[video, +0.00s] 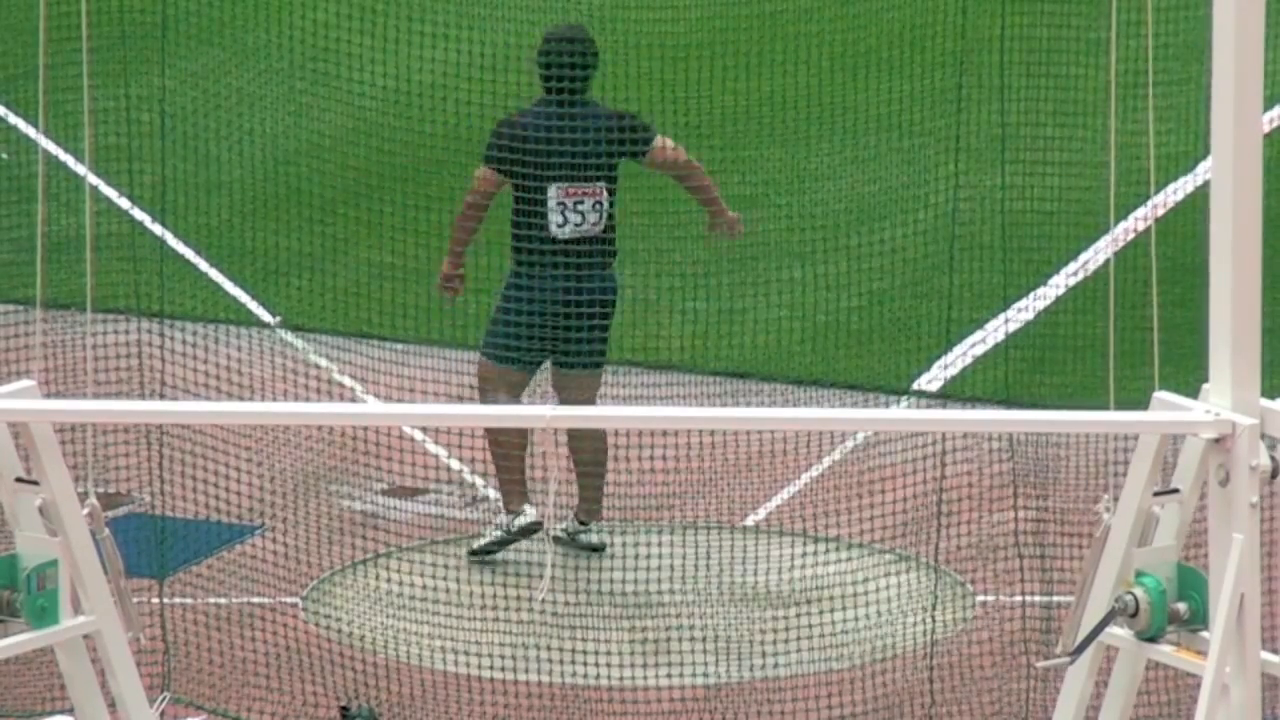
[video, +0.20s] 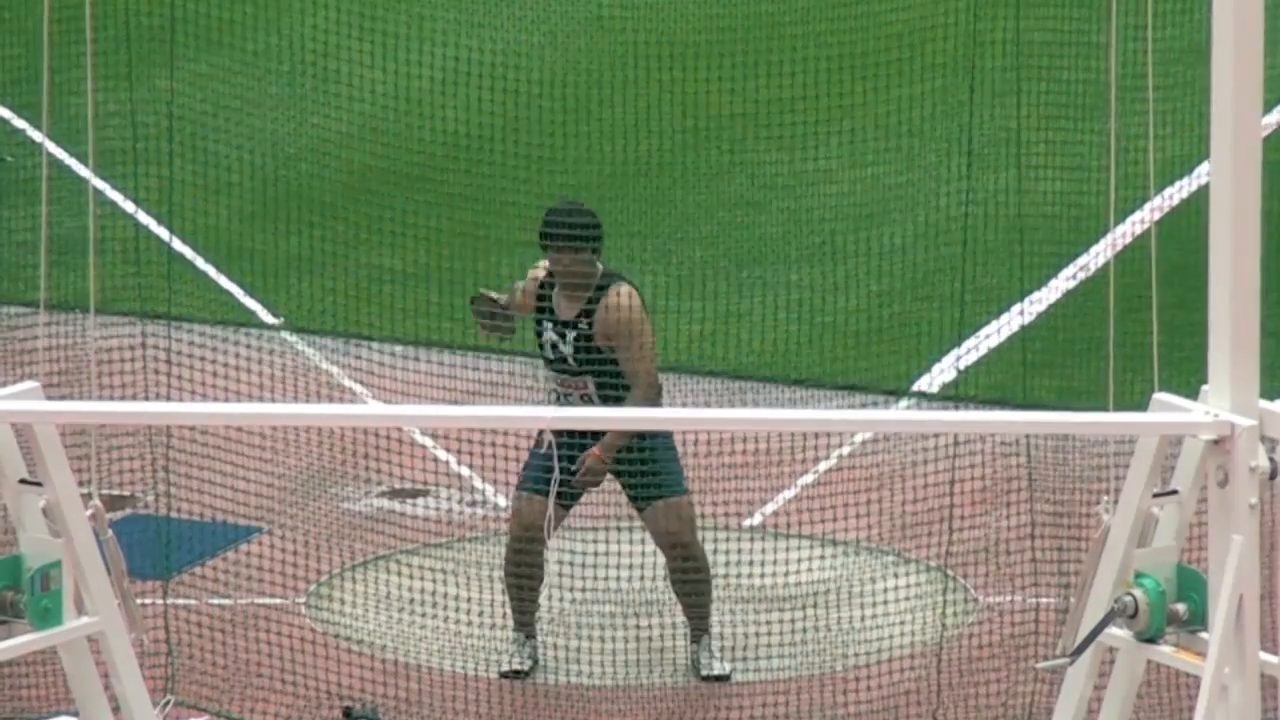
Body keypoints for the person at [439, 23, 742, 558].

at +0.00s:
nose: (565, 76)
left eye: (556, 65)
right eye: (572, 65)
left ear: (542, 70)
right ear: (591, 71)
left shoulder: (517, 128)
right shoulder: (613, 126)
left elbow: (481, 192)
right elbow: (677, 161)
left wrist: (454, 257)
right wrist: (719, 208)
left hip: (533, 284)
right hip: (595, 284)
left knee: (496, 385)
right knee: (580, 398)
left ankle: (517, 509)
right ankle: (588, 522)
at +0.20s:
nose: (567, 260)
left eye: (577, 250)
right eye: (559, 250)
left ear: (596, 252)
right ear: (547, 251)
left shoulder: (620, 303)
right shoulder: (540, 282)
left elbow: (647, 392)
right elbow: (510, 311)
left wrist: (606, 451)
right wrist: (494, 313)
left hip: (633, 427)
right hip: (570, 425)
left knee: (679, 538)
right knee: (524, 525)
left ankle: (703, 642)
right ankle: (524, 641)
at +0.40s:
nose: (585, 265)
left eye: (594, 256)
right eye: (578, 256)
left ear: (614, 259)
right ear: (567, 257)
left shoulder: (638, 310)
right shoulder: (552, 278)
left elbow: (656, 397)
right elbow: (506, 245)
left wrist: (607, 446)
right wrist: (468, 219)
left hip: (642, 429)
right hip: (576, 426)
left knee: (688, 533)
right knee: (530, 524)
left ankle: (703, 642)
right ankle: (524, 640)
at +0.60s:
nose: (617, 275)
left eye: (627, 265)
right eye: (608, 264)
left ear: (643, 266)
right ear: (594, 264)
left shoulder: (667, 316)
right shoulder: (569, 292)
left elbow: (687, 403)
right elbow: (498, 285)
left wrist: (634, 442)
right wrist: (429, 273)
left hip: (661, 431)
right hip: (588, 427)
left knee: (701, 531)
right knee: (536, 526)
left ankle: (705, 643)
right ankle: (524, 642)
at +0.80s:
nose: (644, 276)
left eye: (655, 266)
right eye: (635, 265)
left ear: (670, 267)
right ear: (619, 264)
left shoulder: (696, 312)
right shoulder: (595, 314)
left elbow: (716, 388)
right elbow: (550, 383)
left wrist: (676, 435)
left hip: (672, 434)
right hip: (599, 433)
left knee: (708, 527)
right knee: (543, 526)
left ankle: (705, 643)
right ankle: (525, 641)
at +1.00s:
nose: (656, 268)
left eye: (667, 258)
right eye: (647, 258)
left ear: (685, 261)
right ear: (635, 260)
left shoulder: (709, 298)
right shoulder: (618, 316)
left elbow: (723, 366)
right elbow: (658, 401)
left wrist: (724, 425)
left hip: (668, 432)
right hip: (602, 433)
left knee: (709, 523)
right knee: (552, 532)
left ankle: (704, 643)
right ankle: (525, 640)